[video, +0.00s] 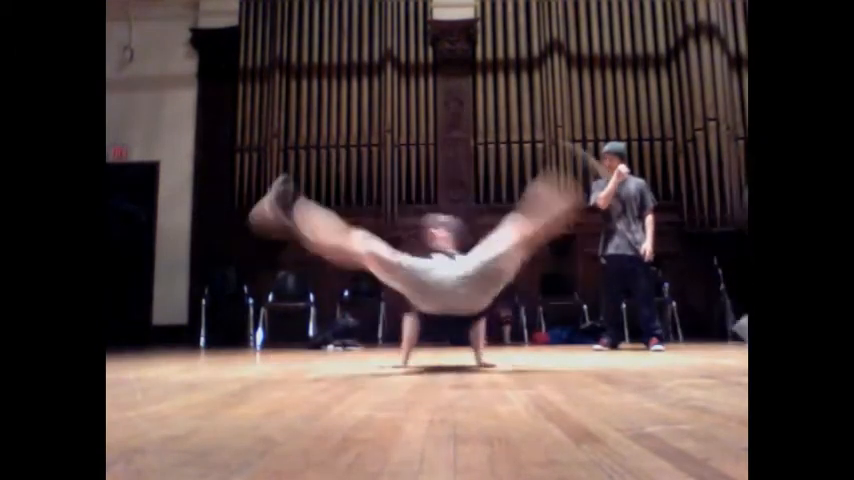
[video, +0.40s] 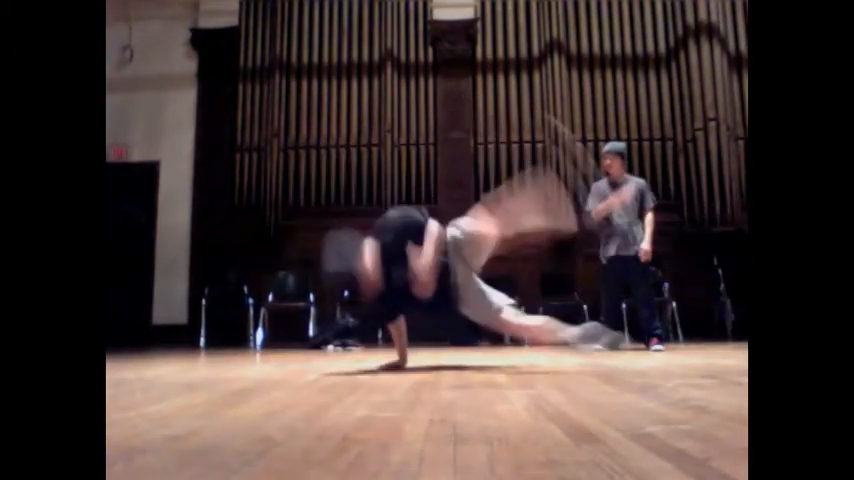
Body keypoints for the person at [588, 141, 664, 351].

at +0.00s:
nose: (606, 164)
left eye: (609, 159)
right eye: (604, 160)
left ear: (621, 160)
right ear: (604, 162)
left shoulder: (638, 184)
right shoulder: (600, 185)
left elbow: (648, 213)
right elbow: (601, 203)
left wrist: (648, 242)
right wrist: (616, 179)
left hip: (636, 248)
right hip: (612, 249)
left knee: (644, 296)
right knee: (611, 297)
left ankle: (653, 336)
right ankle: (610, 336)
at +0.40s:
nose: (607, 165)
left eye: (611, 160)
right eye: (604, 161)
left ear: (622, 162)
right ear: (602, 164)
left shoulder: (638, 185)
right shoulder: (598, 188)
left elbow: (648, 213)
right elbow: (590, 218)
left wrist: (647, 242)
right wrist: (610, 203)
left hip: (635, 247)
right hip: (610, 249)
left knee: (643, 294)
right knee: (611, 296)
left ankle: (653, 336)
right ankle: (612, 337)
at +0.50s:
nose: (610, 162)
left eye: (614, 158)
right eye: (607, 158)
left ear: (623, 160)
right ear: (605, 162)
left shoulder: (639, 184)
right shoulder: (598, 188)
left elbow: (651, 211)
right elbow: (592, 214)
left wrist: (647, 241)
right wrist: (608, 226)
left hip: (636, 250)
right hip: (611, 251)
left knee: (644, 296)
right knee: (610, 298)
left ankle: (653, 336)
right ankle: (609, 337)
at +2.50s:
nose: (612, 159)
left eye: (616, 155)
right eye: (609, 155)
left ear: (625, 158)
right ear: (606, 160)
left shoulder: (640, 185)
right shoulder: (598, 188)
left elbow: (649, 215)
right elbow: (595, 219)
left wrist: (652, 245)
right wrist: (595, 246)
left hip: (636, 251)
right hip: (610, 252)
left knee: (645, 297)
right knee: (610, 299)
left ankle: (653, 336)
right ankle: (609, 337)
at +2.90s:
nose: (611, 161)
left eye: (615, 156)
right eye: (608, 157)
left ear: (624, 159)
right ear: (605, 161)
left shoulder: (639, 184)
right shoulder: (598, 187)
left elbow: (644, 211)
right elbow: (595, 214)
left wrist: (627, 223)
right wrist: (611, 225)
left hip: (636, 252)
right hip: (611, 253)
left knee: (644, 296)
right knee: (610, 298)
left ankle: (653, 336)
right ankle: (609, 337)